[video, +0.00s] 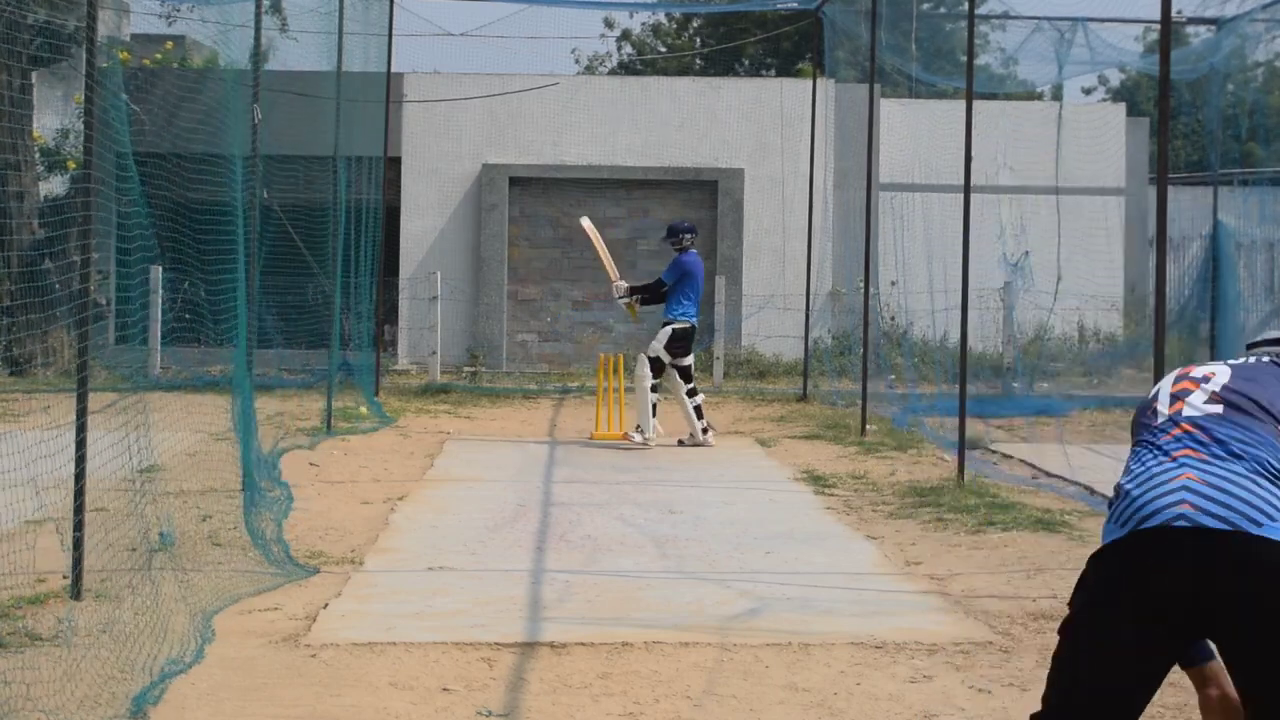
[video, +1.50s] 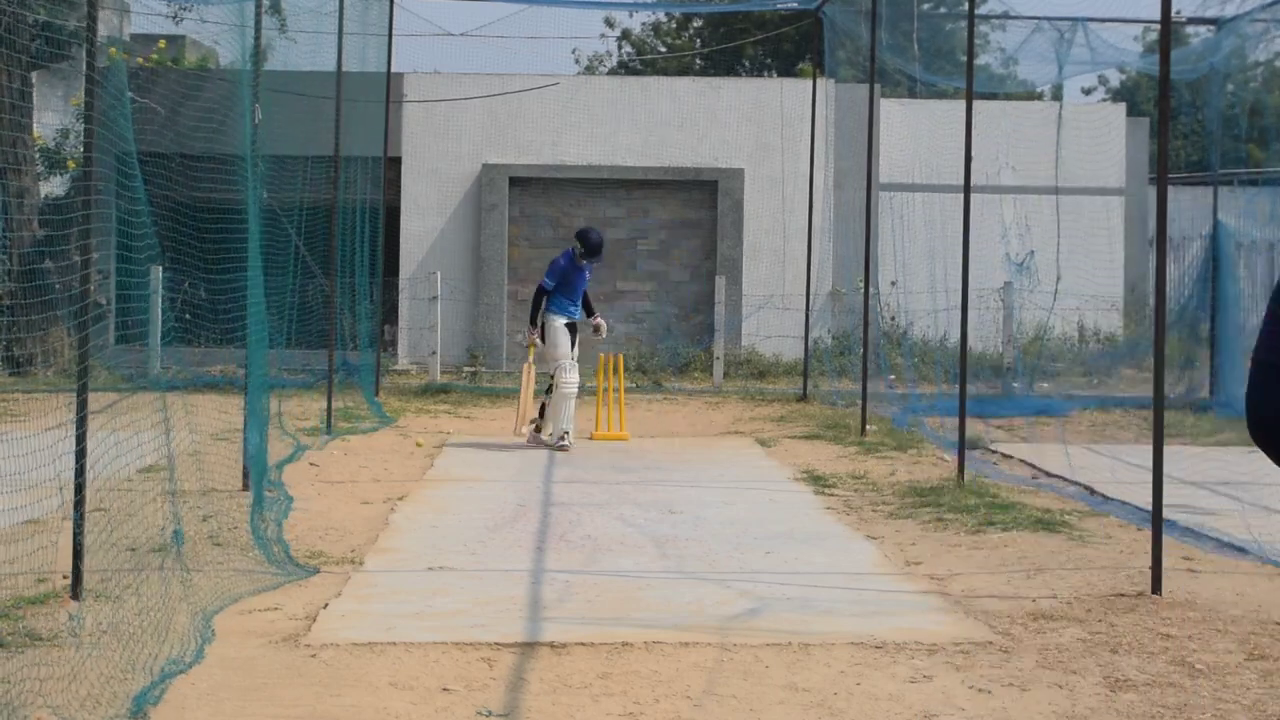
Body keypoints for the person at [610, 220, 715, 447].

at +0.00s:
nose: (672, 245)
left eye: (674, 241)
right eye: (671, 241)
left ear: (682, 239)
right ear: (690, 239)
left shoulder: (683, 260)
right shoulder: (693, 261)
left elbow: (656, 287)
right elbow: (666, 295)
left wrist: (627, 289)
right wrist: (636, 300)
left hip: (675, 328)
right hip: (686, 328)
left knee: (647, 371)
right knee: (682, 381)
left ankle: (646, 432)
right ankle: (701, 433)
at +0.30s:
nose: (655, 250)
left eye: (657, 246)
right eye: (654, 246)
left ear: (665, 244)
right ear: (670, 244)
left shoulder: (671, 266)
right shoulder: (668, 264)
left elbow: (655, 300)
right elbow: (656, 300)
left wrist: (628, 323)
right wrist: (636, 324)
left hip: (671, 328)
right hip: (664, 327)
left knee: (650, 375)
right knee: (677, 383)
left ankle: (648, 438)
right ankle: (701, 432)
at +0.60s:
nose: (634, 251)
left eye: (637, 247)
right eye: (632, 247)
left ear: (649, 243)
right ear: (631, 246)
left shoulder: (659, 267)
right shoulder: (631, 262)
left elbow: (653, 305)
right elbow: (626, 290)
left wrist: (634, 331)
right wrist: (623, 319)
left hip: (654, 324)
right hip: (634, 323)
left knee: (644, 376)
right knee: (630, 382)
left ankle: (648, 437)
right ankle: (655, 413)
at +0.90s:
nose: (605, 265)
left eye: (608, 261)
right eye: (601, 262)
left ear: (619, 252)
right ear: (595, 255)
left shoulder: (632, 270)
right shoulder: (592, 268)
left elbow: (637, 304)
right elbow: (584, 299)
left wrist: (626, 332)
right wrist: (581, 330)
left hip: (624, 330)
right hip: (597, 329)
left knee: (629, 381)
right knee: (580, 382)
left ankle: (645, 437)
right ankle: (564, 433)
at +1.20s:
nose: (587, 271)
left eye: (591, 267)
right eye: (584, 268)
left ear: (598, 258)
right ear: (577, 258)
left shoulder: (606, 267)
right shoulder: (566, 270)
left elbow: (612, 290)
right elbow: (558, 306)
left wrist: (629, 317)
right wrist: (551, 338)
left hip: (596, 328)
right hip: (569, 328)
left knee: (608, 378)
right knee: (568, 380)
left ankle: (602, 433)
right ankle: (563, 434)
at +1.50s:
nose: (588, 262)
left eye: (592, 259)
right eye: (586, 257)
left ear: (595, 253)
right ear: (578, 248)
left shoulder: (585, 264)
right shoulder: (561, 264)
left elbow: (581, 292)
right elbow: (540, 292)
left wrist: (594, 317)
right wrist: (533, 326)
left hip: (571, 323)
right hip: (555, 322)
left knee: (565, 378)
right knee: (565, 377)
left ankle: (539, 429)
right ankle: (561, 434)